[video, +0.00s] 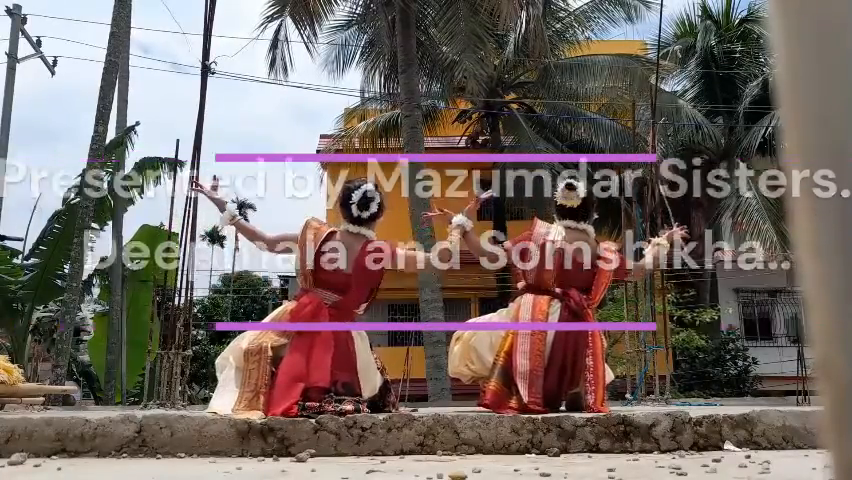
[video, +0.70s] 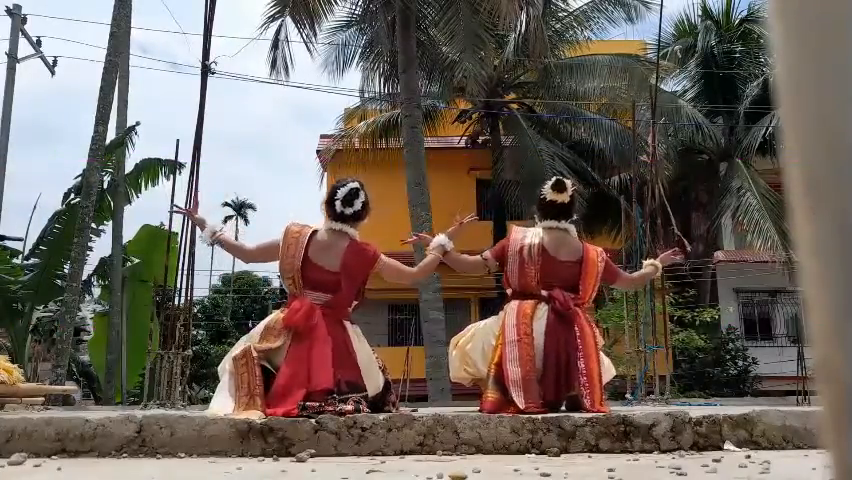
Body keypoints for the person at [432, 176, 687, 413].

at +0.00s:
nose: (571, 212)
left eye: (566, 205)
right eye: (576, 207)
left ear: (555, 207)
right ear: (588, 211)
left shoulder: (537, 235)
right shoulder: (595, 246)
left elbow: (492, 256)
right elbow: (636, 269)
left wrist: (464, 229)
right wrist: (662, 242)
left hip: (531, 314)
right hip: (576, 321)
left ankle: (522, 399)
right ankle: (578, 397)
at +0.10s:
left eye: (559, 203)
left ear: (556, 208)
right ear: (591, 212)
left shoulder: (538, 234)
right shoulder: (602, 253)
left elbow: (493, 256)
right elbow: (639, 270)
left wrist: (462, 228)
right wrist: (661, 244)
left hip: (531, 324)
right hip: (577, 330)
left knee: (530, 401)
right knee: (573, 402)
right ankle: (576, 393)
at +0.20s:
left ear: (557, 208)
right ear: (590, 213)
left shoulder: (539, 236)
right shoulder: (602, 253)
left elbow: (494, 257)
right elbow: (640, 270)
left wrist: (462, 233)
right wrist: (662, 242)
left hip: (528, 322)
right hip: (576, 328)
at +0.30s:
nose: (560, 210)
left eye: (557, 204)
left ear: (554, 208)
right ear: (588, 212)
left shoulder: (536, 236)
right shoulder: (599, 253)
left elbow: (491, 257)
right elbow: (638, 274)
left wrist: (460, 234)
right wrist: (658, 247)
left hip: (529, 323)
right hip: (576, 330)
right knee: (574, 405)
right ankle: (574, 396)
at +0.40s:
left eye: (554, 205)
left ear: (552, 209)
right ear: (586, 213)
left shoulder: (533, 236)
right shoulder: (598, 254)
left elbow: (490, 258)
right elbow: (636, 276)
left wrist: (458, 236)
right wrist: (660, 250)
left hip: (527, 324)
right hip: (575, 331)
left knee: (471, 338)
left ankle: (514, 396)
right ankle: (576, 396)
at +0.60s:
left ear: (545, 208)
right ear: (580, 213)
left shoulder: (522, 238)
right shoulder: (593, 254)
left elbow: (479, 262)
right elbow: (631, 280)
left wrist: (447, 245)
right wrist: (655, 264)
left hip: (520, 329)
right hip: (572, 335)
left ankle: (513, 397)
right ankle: (572, 397)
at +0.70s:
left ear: (538, 208)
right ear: (574, 212)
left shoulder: (516, 241)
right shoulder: (588, 253)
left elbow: (473, 265)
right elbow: (628, 281)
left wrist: (442, 250)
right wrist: (655, 267)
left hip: (518, 331)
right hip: (569, 334)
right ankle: (573, 400)